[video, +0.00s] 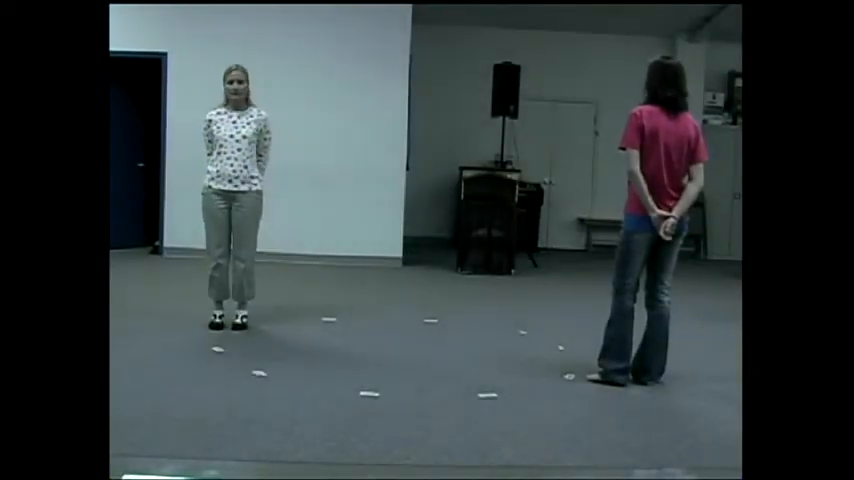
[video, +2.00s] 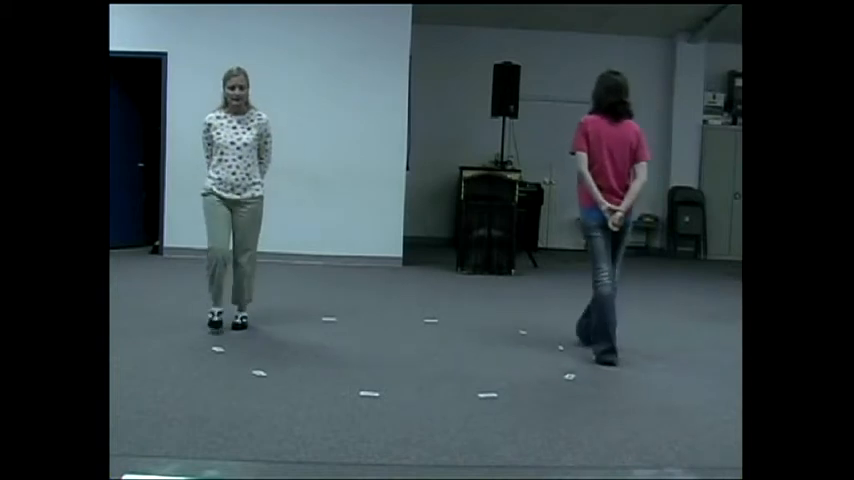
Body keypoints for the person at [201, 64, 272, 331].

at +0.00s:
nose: (236, 86)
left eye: (241, 82)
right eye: (231, 82)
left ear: (248, 86)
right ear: (224, 87)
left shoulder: (259, 118)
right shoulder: (212, 117)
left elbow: (263, 156)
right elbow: (210, 152)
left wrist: (254, 179)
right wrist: (221, 174)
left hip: (247, 190)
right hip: (215, 189)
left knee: (244, 253)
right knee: (217, 253)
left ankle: (242, 309)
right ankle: (217, 309)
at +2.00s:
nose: (237, 93)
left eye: (242, 88)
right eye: (232, 88)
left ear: (248, 90)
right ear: (224, 90)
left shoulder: (260, 121)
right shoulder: (212, 121)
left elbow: (265, 158)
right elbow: (209, 156)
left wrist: (254, 180)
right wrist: (219, 177)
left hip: (249, 195)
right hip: (217, 193)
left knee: (245, 256)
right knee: (218, 252)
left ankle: (242, 310)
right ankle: (216, 308)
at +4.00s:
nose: (235, 73)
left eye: (239, 68)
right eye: (229, 68)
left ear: (242, 74)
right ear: (213, 71)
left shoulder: (247, 112)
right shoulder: (194, 110)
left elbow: (244, 153)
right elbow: (182, 154)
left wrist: (230, 176)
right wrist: (193, 179)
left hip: (234, 195)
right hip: (199, 193)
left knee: (227, 265)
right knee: (209, 260)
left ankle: (212, 326)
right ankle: (197, 328)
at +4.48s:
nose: (256, 78)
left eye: (258, 73)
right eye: (249, 73)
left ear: (256, 78)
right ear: (230, 76)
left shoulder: (256, 117)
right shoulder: (207, 117)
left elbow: (248, 160)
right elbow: (190, 161)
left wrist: (238, 188)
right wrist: (197, 194)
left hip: (249, 205)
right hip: (214, 205)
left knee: (259, 271)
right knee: (224, 279)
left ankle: (230, 329)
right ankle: (214, 345)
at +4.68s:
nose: (273, 73)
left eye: (274, 68)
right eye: (267, 68)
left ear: (261, 74)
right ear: (247, 73)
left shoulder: (271, 113)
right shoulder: (221, 113)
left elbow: (261, 159)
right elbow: (205, 160)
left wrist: (242, 187)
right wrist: (213, 195)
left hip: (264, 206)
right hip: (226, 205)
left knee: (267, 279)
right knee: (221, 279)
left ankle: (279, 355)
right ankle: (213, 348)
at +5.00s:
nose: (309, 71)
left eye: (308, 66)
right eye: (301, 67)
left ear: (299, 75)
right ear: (281, 74)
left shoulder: (306, 115)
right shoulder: (260, 116)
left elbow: (297, 164)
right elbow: (243, 165)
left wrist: (275, 192)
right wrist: (250, 201)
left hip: (304, 211)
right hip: (268, 211)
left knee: (301, 289)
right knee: (275, 288)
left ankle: (286, 364)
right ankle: (229, 332)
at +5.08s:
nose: (315, 73)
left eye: (314, 68)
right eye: (308, 69)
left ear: (304, 77)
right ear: (287, 75)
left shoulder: (311, 118)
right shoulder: (267, 118)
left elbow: (303, 168)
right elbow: (249, 168)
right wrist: (254, 206)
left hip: (307, 212)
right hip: (273, 211)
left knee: (310, 289)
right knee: (291, 289)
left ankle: (286, 364)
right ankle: (240, 331)